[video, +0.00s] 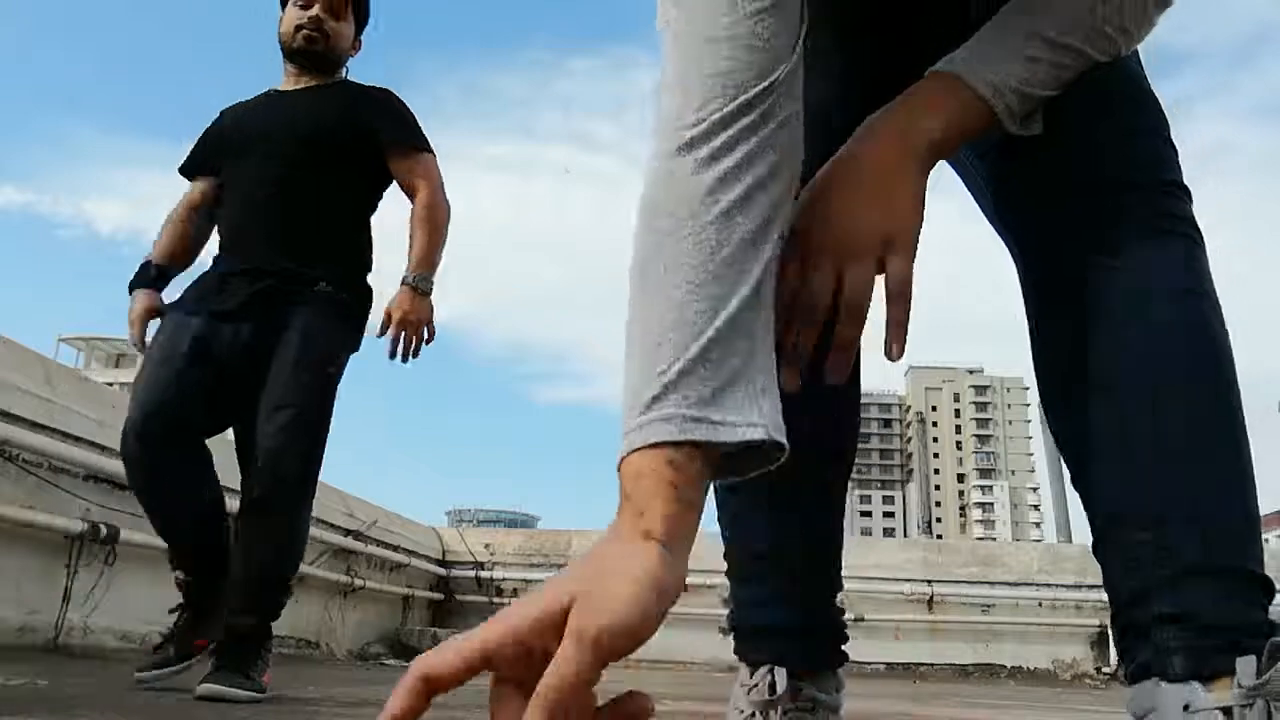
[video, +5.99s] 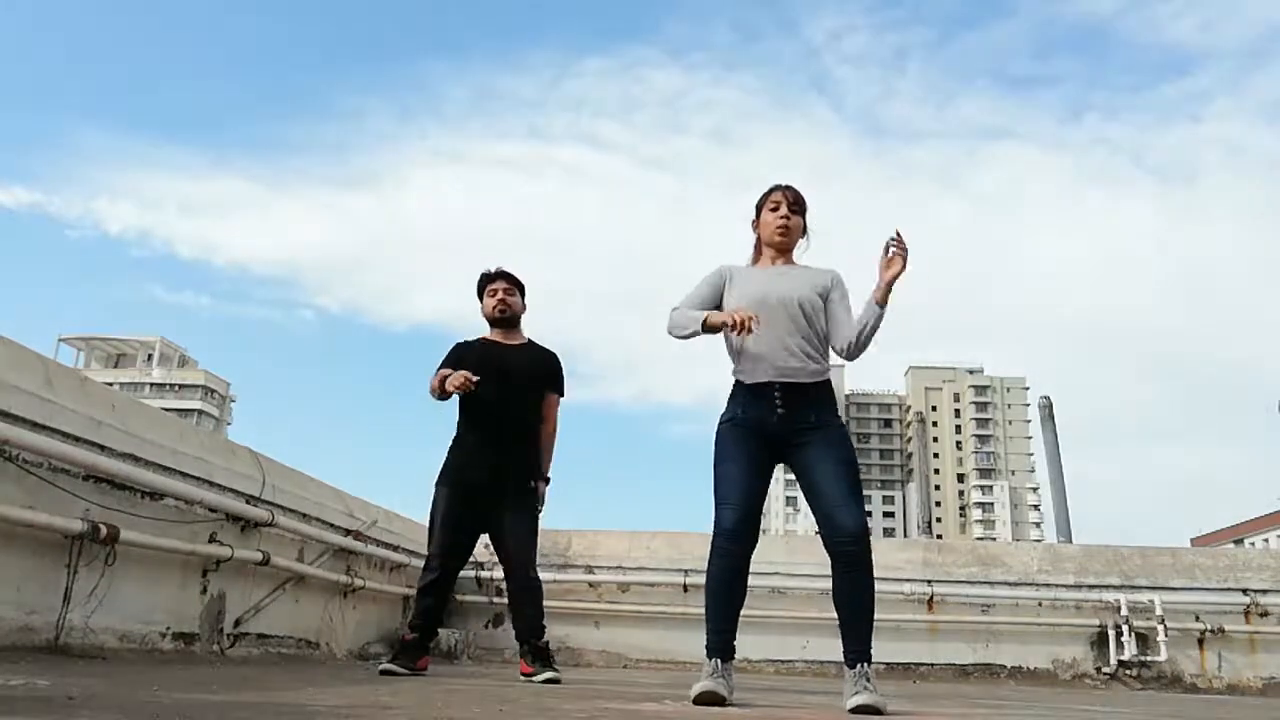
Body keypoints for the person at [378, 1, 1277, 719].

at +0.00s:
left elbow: (1117, 2)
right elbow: (713, 117)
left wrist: (911, 132)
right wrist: (651, 513)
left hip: (1040, 6)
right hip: (813, 10)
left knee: (1121, 224)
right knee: (781, 267)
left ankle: (1189, 673)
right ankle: (784, 662)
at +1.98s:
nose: (777, 155)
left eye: (788, 148)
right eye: (766, 147)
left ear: (801, 164)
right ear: (746, 163)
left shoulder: (831, 226)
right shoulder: (723, 222)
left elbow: (837, 294)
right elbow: (734, 289)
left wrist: (835, 327)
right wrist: (796, 323)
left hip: (812, 385)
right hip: (740, 384)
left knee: (804, 511)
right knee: (745, 524)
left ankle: (807, 667)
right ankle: (747, 660)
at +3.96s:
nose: (796, 176)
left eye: (807, 168)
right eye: (785, 168)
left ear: (824, 183)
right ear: (772, 183)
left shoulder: (854, 239)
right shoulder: (751, 252)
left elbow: (869, 314)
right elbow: (745, 330)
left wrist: (864, 372)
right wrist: (733, 391)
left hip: (836, 385)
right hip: (769, 388)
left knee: (828, 519)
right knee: (728, 517)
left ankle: (827, 670)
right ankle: (748, 636)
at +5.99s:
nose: (785, 214)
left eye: (795, 209)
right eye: (775, 207)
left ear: (804, 228)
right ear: (755, 223)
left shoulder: (826, 280)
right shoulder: (728, 276)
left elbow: (848, 345)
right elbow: (676, 321)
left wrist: (883, 285)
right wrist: (716, 317)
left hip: (815, 415)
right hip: (747, 415)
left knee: (850, 535)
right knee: (732, 532)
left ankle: (859, 673)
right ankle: (717, 666)